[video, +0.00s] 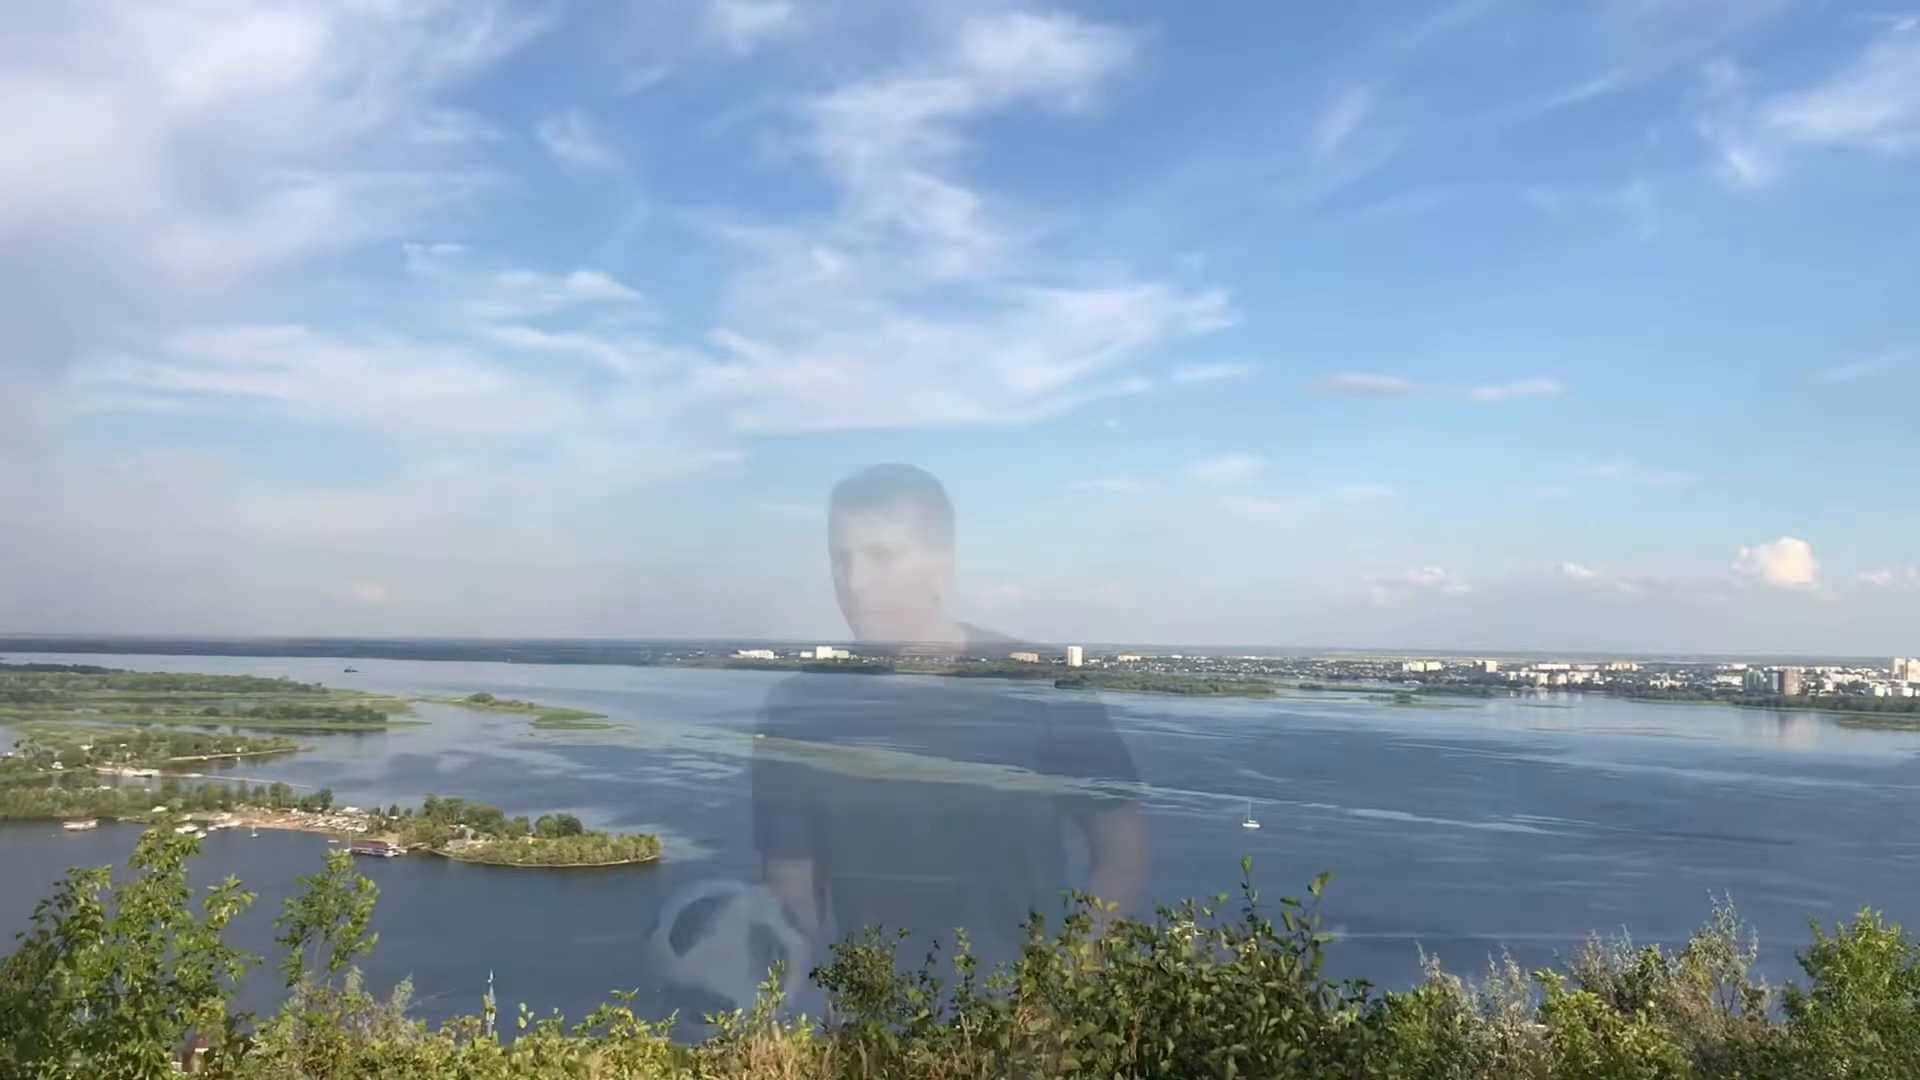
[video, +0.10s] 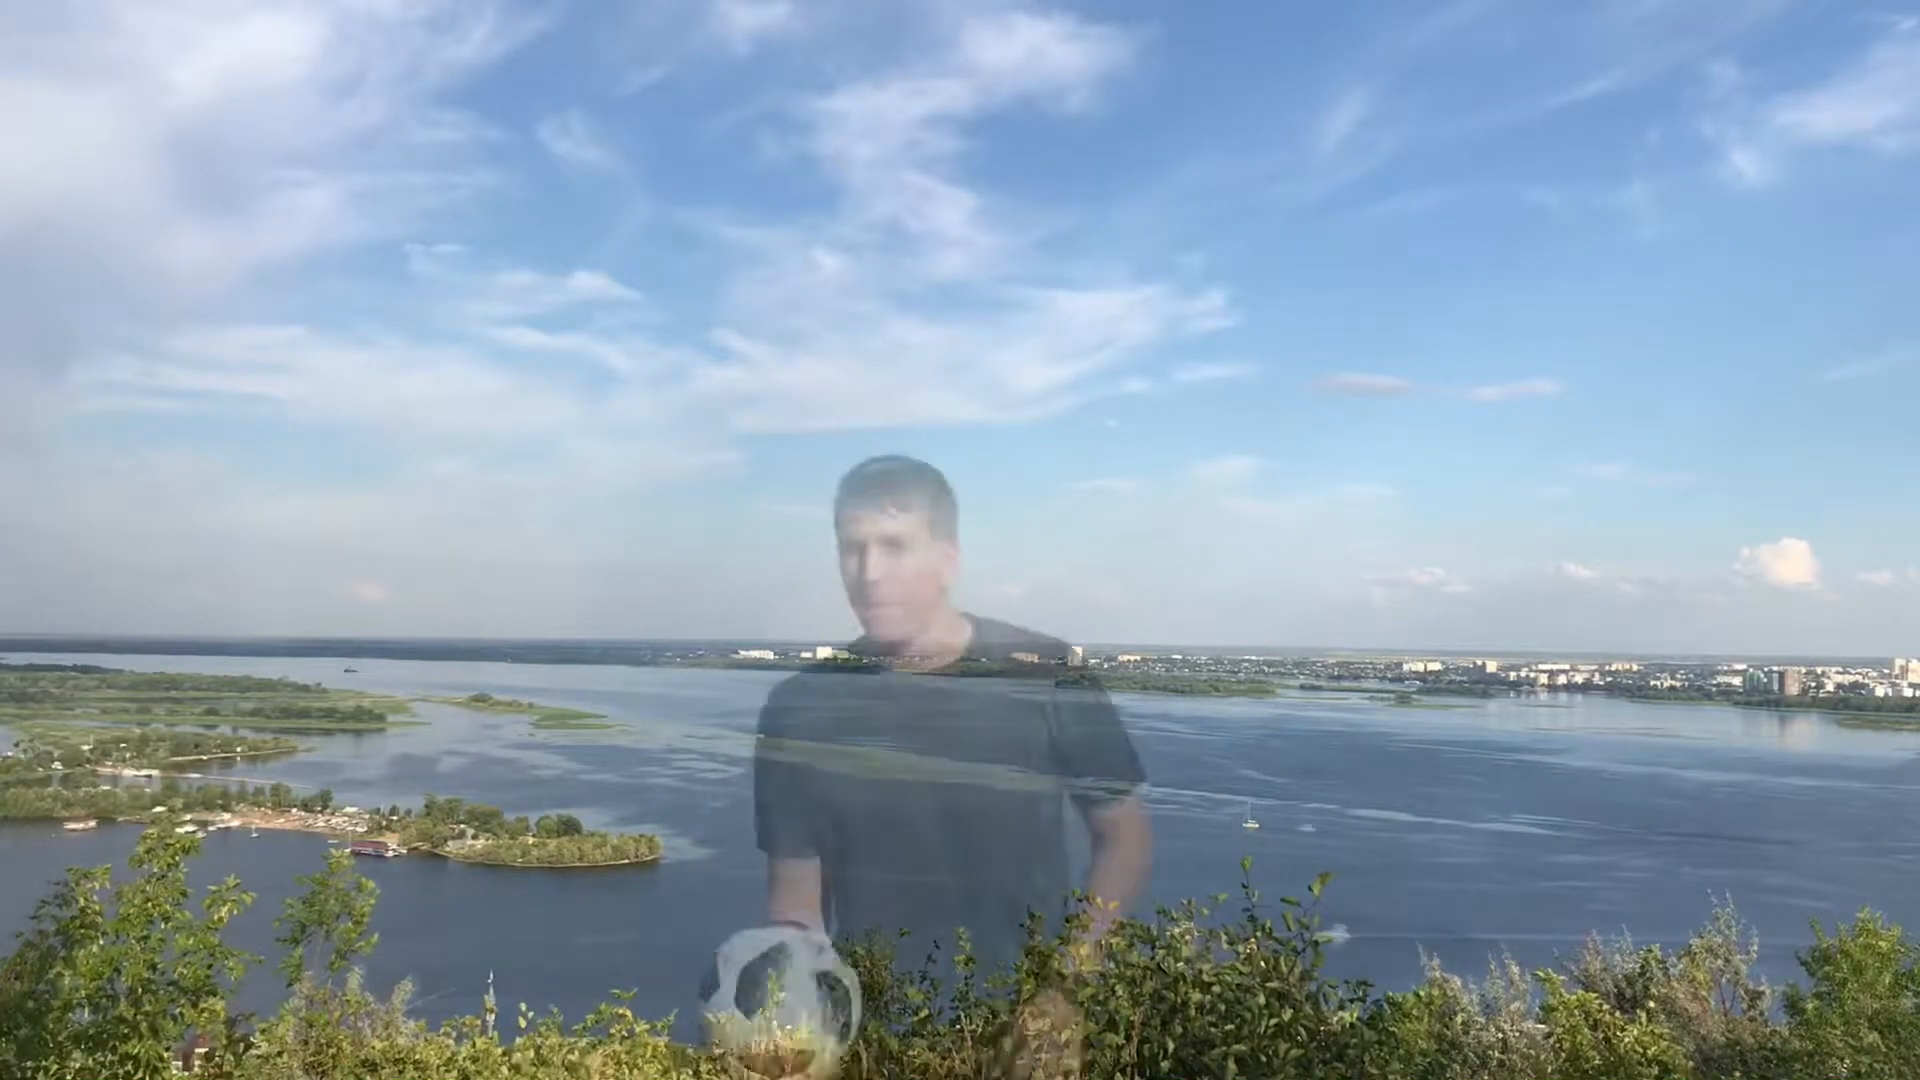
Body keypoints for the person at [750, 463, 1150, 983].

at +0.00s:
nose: (854, 582)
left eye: (881, 555)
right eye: (842, 557)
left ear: (942, 562)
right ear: (830, 566)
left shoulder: (1040, 684)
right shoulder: (801, 704)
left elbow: (1125, 852)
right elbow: (791, 890)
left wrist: (1059, 989)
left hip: (1019, 1021)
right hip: (867, 1029)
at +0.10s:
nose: (868, 572)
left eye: (895, 547)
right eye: (852, 548)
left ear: (950, 557)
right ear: (838, 558)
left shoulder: (1047, 677)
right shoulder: (802, 707)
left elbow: (1126, 839)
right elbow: (795, 897)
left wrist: (1067, 990)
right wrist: (799, 1035)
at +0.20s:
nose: (897, 559)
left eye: (922, 534)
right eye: (880, 538)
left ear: (971, 553)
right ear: (862, 554)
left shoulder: (1066, 672)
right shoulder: (813, 711)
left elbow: (1134, 831)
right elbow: (812, 894)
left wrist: (1081, 983)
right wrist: (810, 1047)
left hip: (1032, 1046)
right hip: (880, 1051)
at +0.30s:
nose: (922, 552)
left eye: (946, 529)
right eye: (904, 530)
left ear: (992, 546)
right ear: (885, 548)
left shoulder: (1076, 671)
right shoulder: (827, 707)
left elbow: (1142, 831)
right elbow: (823, 892)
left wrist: (1093, 978)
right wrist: (828, 1048)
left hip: (1047, 1045)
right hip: (898, 1052)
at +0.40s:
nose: (938, 542)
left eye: (963, 520)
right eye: (919, 520)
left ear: (1003, 540)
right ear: (898, 538)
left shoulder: (1080, 666)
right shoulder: (832, 692)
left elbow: (1142, 829)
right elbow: (816, 872)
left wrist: (1104, 964)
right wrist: (832, 963)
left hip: (1056, 1047)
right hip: (898, 1047)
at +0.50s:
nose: (944, 525)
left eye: (969, 504)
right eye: (926, 503)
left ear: (1010, 528)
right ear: (904, 521)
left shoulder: (1087, 659)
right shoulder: (847, 670)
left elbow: (1144, 827)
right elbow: (813, 873)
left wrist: (1112, 946)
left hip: (1061, 1029)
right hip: (906, 1032)